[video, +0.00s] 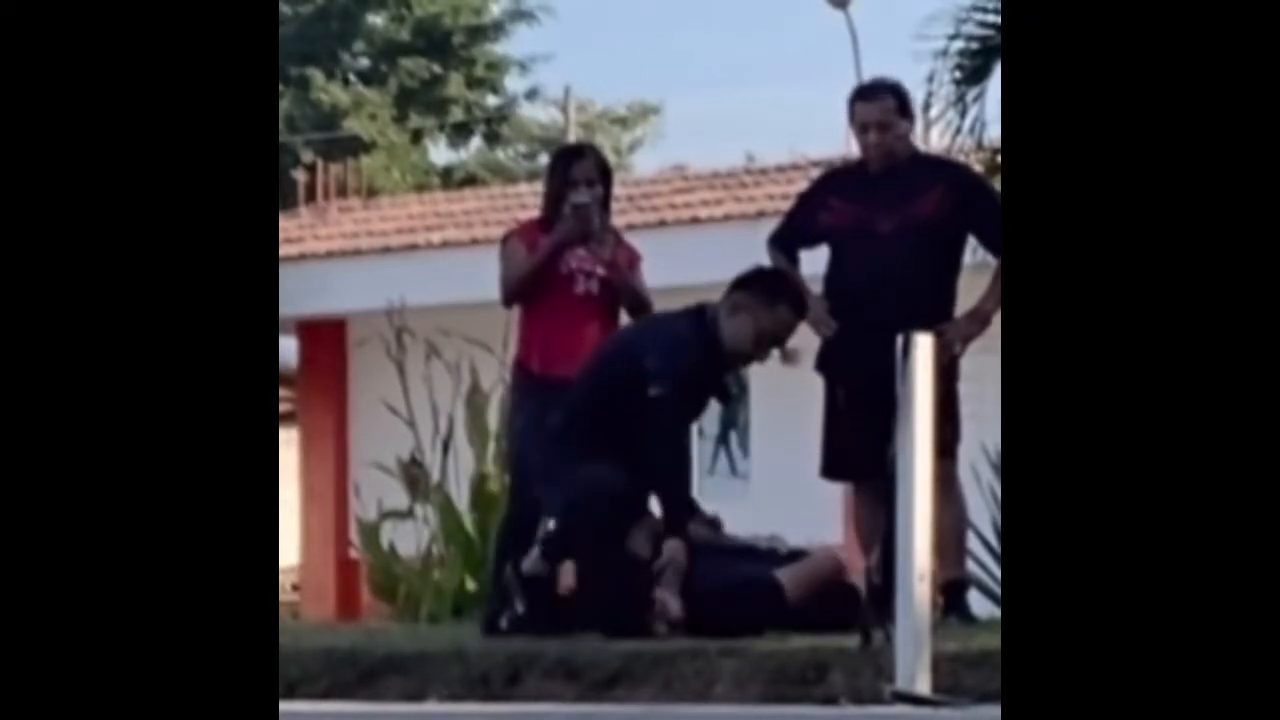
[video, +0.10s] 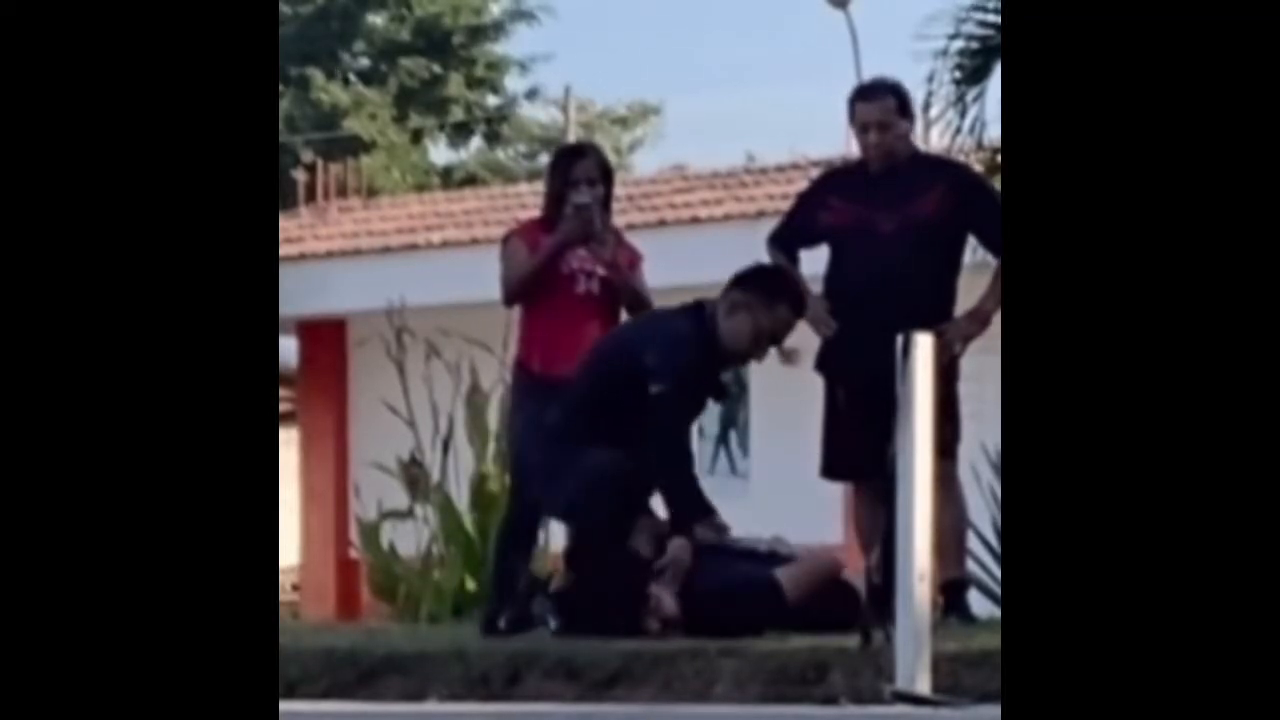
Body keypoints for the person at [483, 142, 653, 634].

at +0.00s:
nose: (584, 195)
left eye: (593, 185)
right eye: (574, 185)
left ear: (607, 190)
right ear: (555, 189)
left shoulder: (618, 250)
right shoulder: (528, 239)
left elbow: (643, 314)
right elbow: (511, 290)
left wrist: (617, 273)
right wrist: (562, 239)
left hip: (595, 385)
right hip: (539, 381)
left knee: (591, 491)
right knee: (530, 495)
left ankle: (588, 603)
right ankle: (505, 604)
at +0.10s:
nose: (586, 195)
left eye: (595, 185)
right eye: (576, 185)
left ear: (609, 190)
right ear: (556, 189)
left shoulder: (620, 250)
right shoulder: (529, 238)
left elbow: (644, 315)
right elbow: (512, 289)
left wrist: (617, 271)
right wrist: (563, 240)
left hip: (596, 387)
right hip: (539, 381)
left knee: (599, 498)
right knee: (528, 498)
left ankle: (590, 604)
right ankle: (503, 606)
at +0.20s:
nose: (587, 194)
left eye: (596, 184)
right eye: (577, 184)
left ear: (611, 190)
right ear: (557, 188)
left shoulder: (621, 251)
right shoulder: (530, 237)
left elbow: (644, 316)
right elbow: (513, 289)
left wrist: (615, 266)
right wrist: (566, 238)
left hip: (598, 387)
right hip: (540, 381)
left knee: (600, 498)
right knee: (527, 498)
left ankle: (593, 605)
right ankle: (504, 607)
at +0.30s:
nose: (588, 194)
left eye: (598, 184)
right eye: (578, 184)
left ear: (613, 191)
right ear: (559, 188)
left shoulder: (623, 251)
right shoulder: (532, 237)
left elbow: (642, 315)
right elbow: (516, 289)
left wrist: (611, 257)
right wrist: (567, 239)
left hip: (599, 388)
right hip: (540, 383)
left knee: (599, 495)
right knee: (528, 496)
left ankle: (597, 604)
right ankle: (497, 602)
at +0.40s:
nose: (588, 194)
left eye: (598, 185)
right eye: (578, 185)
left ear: (613, 191)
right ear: (559, 188)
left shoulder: (623, 251)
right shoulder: (532, 237)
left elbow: (641, 316)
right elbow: (516, 289)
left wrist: (612, 258)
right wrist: (567, 239)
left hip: (599, 389)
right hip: (540, 383)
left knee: (598, 496)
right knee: (528, 496)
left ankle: (597, 604)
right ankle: (497, 602)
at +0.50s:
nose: (587, 195)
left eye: (596, 185)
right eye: (576, 185)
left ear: (610, 190)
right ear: (556, 189)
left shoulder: (620, 250)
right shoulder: (529, 238)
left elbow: (644, 315)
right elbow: (512, 288)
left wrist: (614, 266)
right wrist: (564, 239)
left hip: (598, 386)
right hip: (540, 381)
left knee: (600, 498)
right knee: (527, 498)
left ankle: (591, 605)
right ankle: (503, 608)